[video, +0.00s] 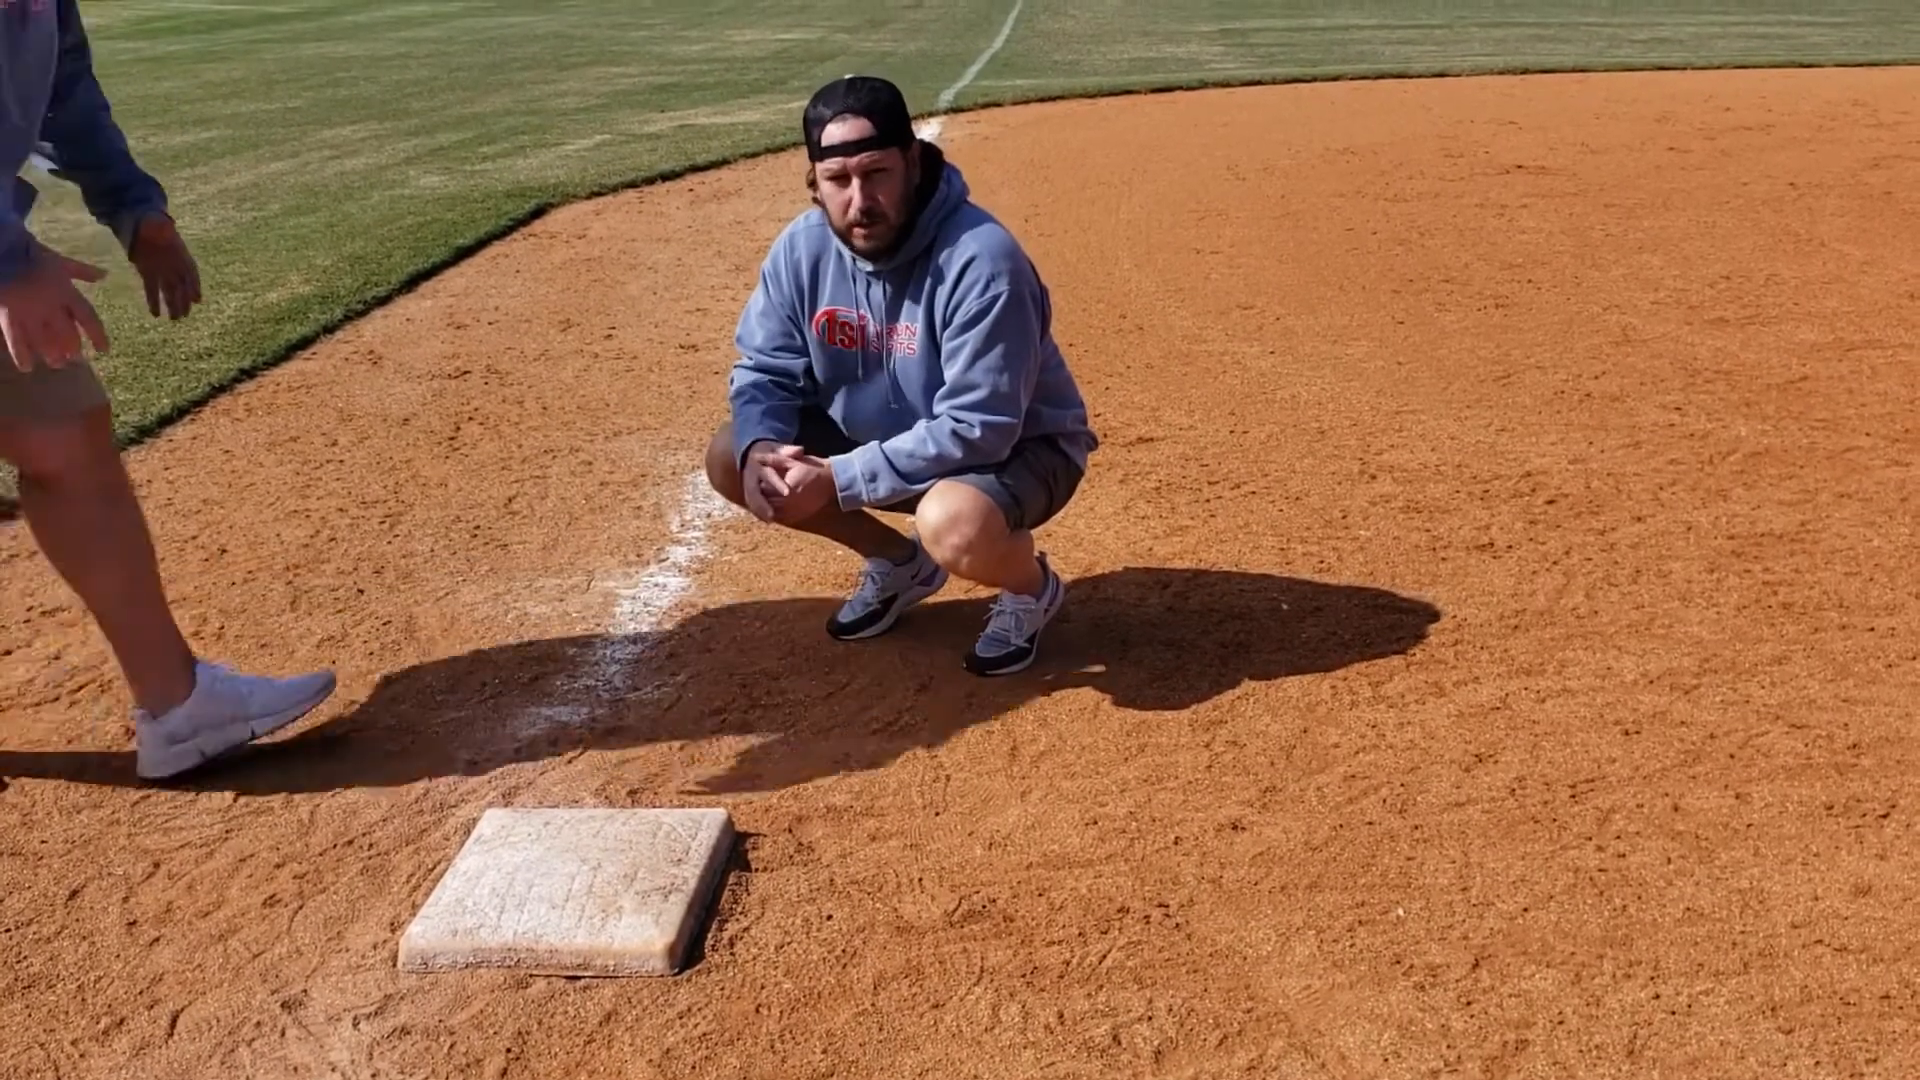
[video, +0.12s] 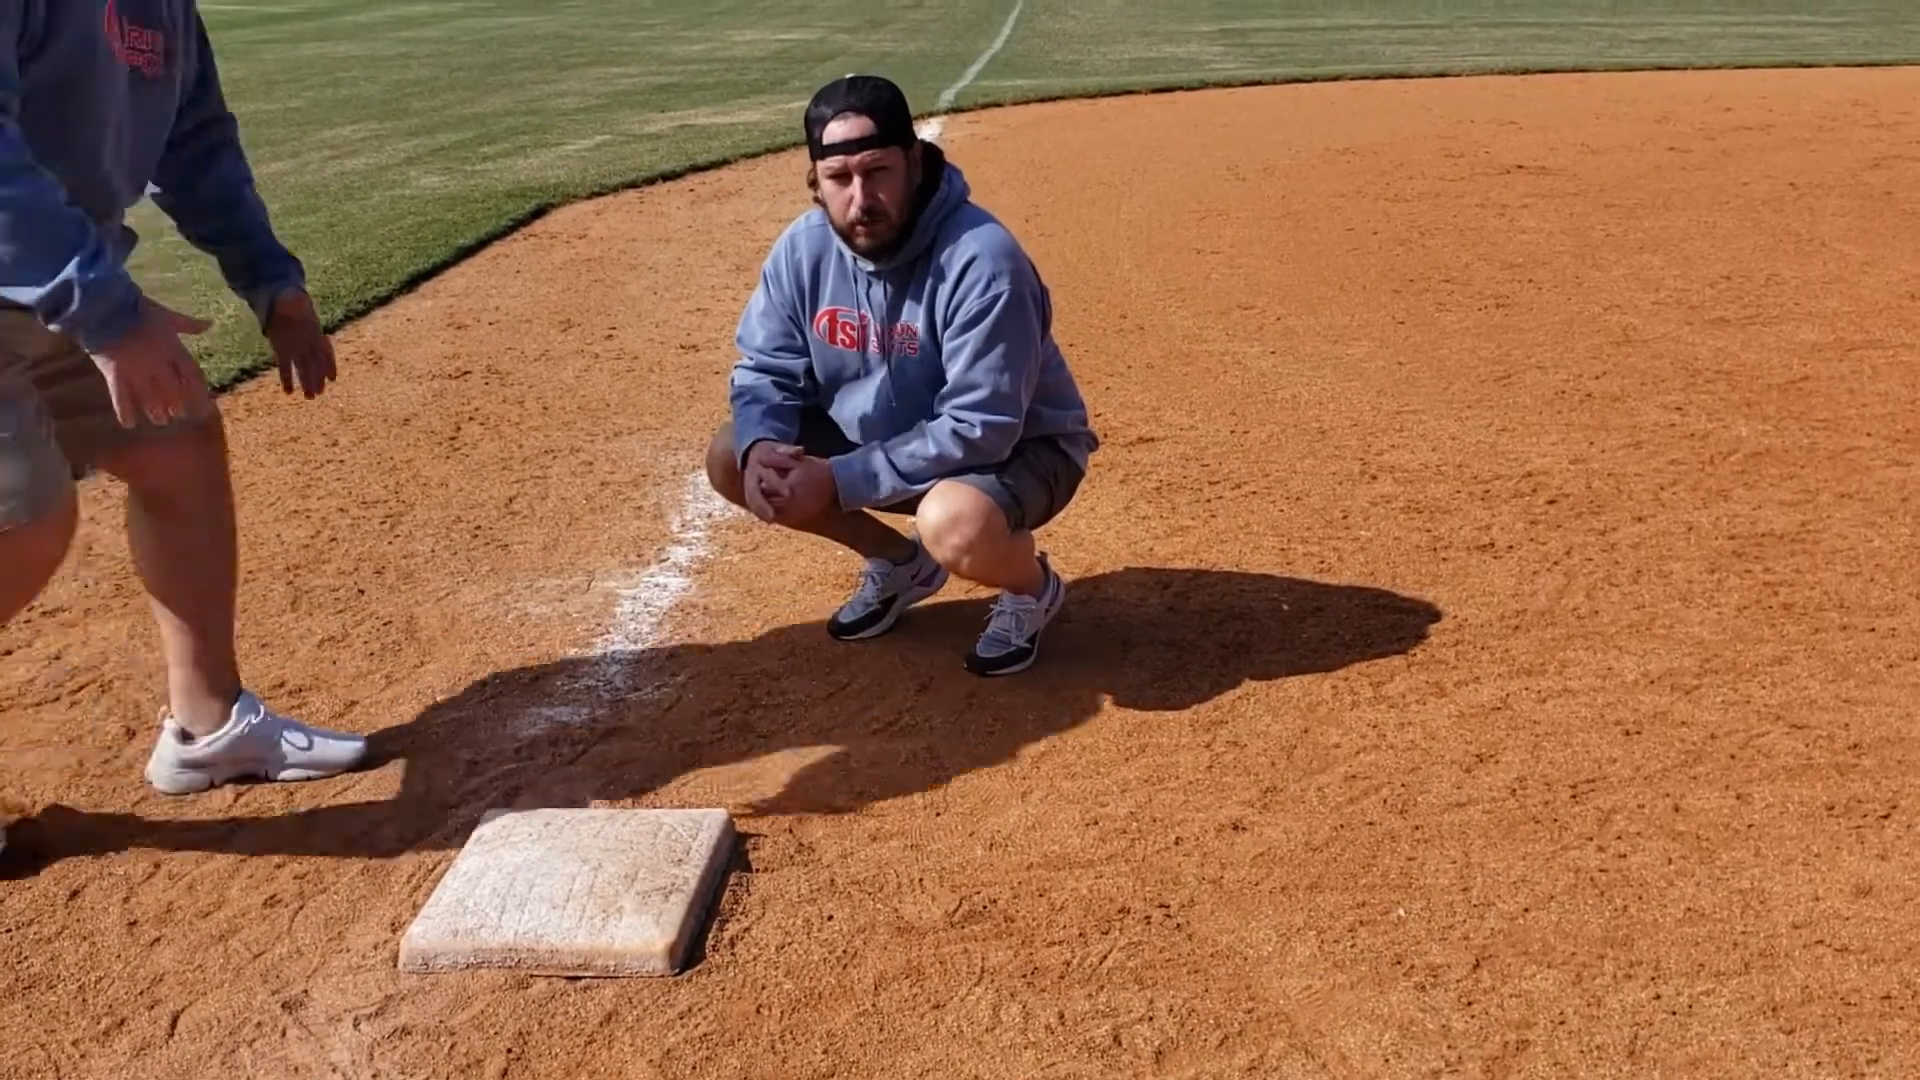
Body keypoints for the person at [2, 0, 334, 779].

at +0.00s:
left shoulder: (43, 14)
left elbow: (62, 84)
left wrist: (135, 208)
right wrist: (11, 256)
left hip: (7, 231)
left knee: (66, 429)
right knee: (61, 433)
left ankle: (171, 696)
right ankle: (172, 694)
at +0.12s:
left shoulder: (164, 10)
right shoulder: (30, 16)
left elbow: (192, 140)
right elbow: (1, 154)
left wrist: (276, 286)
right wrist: (102, 304)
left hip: (78, 280)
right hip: (4, 289)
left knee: (182, 443)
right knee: (26, 527)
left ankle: (205, 718)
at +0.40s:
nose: (432, 74)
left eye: (446, 56)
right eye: (430, 45)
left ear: (369, 9)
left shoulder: (295, 71)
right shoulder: (212, 67)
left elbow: (348, 304)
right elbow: (225, 351)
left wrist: (433, 481)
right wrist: (325, 562)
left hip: (123, 328)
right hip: (16, 339)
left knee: (259, 504)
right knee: (145, 616)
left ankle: (223, 724)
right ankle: (188, 1003)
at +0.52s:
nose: (497, 185)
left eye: (514, 166)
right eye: (502, 156)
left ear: (445, 94)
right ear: (443, 92)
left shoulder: (351, 150)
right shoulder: (298, 157)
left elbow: (398, 404)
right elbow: (325, 447)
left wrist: (462, 599)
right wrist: (395, 676)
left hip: (98, 375)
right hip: (19, 394)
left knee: (270, 506)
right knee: (236, 621)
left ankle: (250, 739)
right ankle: (202, 1020)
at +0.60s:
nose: (527, 232)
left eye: (544, 214)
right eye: (533, 204)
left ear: (480, 137)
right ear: (478, 140)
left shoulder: (385, 188)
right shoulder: (325, 193)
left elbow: (410, 441)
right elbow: (344, 477)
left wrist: (463, 652)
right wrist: (407, 700)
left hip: (103, 385)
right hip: (20, 407)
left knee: (293, 494)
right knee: (253, 630)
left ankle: (251, 736)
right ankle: (205, 1020)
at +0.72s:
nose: (571, 306)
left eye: (586, 289)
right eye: (576, 281)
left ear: (528, 212)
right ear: (528, 222)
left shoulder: (425, 249)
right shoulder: (360, 255)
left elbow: (424, 505)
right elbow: (357, 540)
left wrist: (460, 719)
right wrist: (415, 768)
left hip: (95, 396)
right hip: (19, 421)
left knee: (304, 502)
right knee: (260, 642)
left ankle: (280, 737)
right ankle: (207, 1023)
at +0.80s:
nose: (580, 331)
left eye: (596, 313)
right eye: (587, 305)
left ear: (540, 232)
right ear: (539, 241)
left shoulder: (434, 261)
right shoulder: (376, 279)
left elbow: (427, 520)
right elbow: (371, 571)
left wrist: (461, 726)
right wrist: (418, 801)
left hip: (96, 400)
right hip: (19, 428)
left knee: (306, 522)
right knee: (245, 647)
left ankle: (270, 731)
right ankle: (203, 1023)